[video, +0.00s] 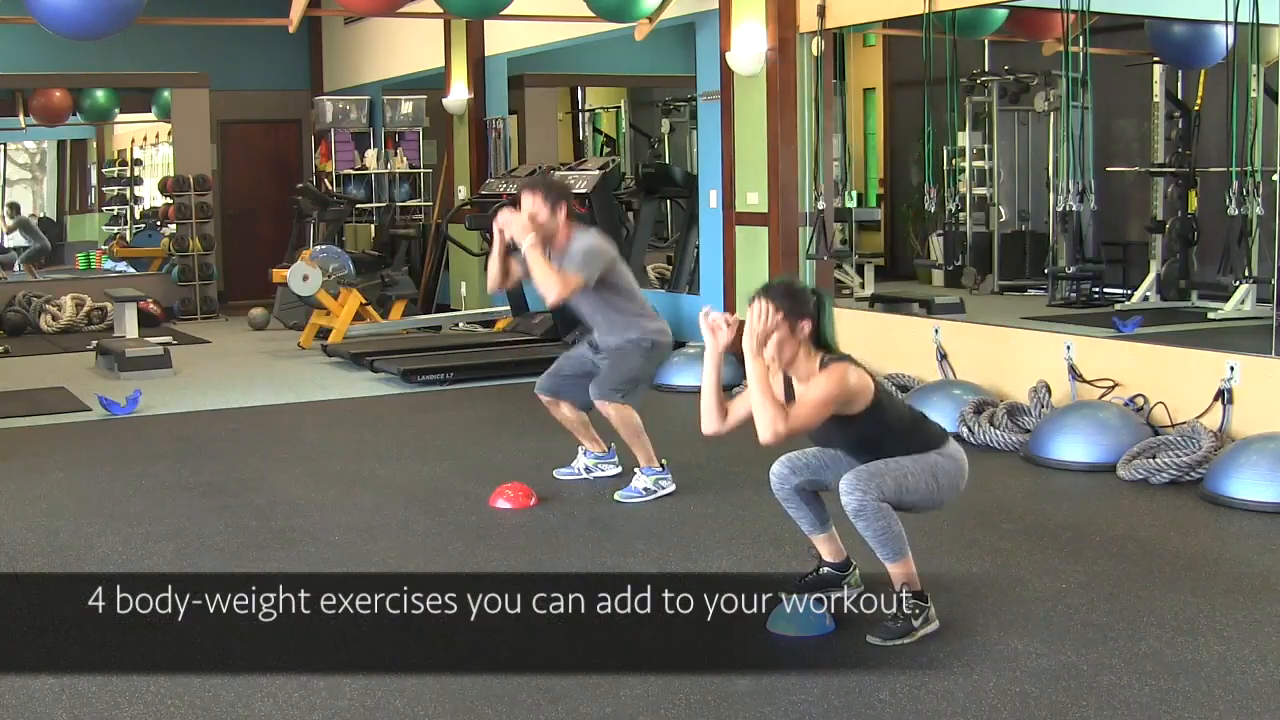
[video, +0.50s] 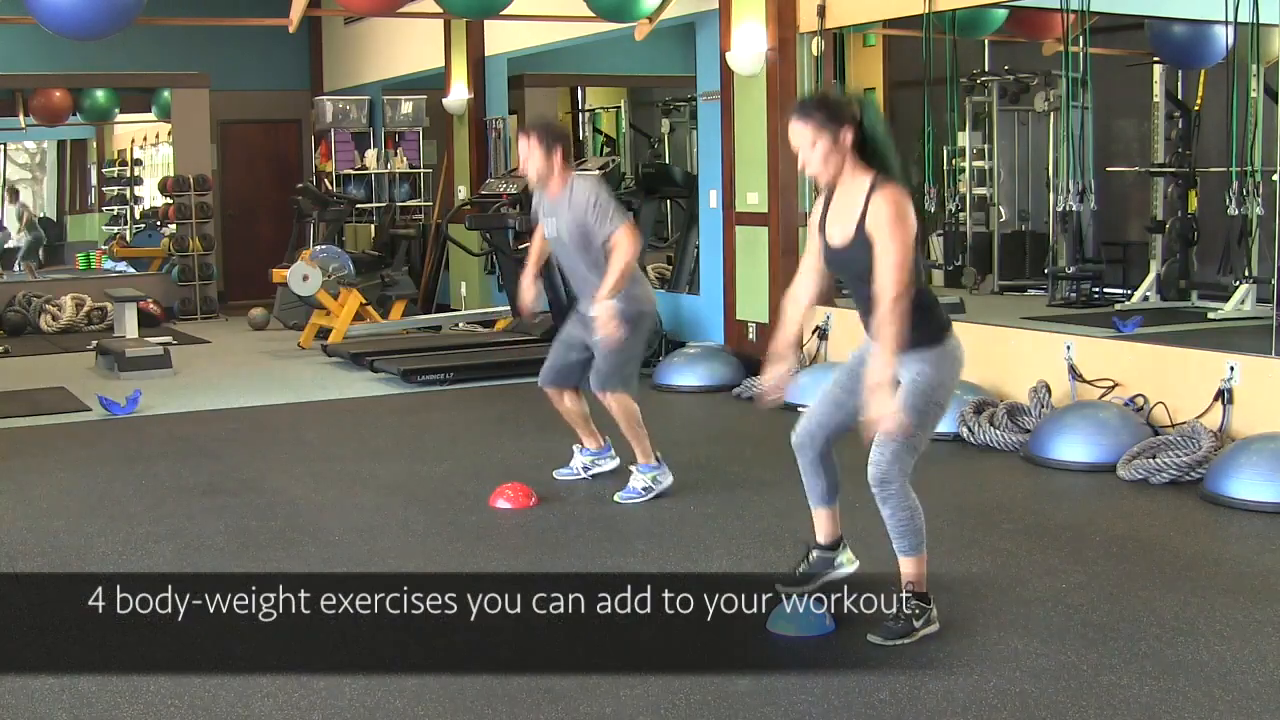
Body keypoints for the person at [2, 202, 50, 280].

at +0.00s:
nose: (6, 213)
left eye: (8, 210)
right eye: (6, 211)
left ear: (14, 210)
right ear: (15, 210)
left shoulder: (20, 220)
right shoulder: (21, 219)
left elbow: (7, 231)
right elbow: (8, 231)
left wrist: (2, 218)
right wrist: (3, 219)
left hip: (41, 245)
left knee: (23, 261)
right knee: (25, 260)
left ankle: (36, 279)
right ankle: (36, 278)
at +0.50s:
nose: (7, 198)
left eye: (9, 195)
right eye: (7, 195)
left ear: (14, 195)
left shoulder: (21, 206)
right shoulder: (18, 207)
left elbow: (27, 214)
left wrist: (22, 227)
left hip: (35, 235)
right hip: (32, 235)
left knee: (23, 258)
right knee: (25, 258)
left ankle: (35, 279)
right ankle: (35, 278)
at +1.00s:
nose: (9, 185)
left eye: (11, 182)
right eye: (9, 182)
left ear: (17, 182)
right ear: (15, 182)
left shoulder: (21, 192)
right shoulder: (16, 194)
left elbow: (26, 205)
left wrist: (14, 215)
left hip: (26, 228)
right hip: (19, 228)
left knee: (23, 254)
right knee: (13, 251)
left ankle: (31, 277)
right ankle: (15, 274)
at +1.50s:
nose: (5, 228)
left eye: (6, 225)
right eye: (5, 226)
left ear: (11, 224)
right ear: (14, 224)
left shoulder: (21, 230)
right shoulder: (17, 233)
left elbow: (9, 244)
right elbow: (8, 244)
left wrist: (2, 235)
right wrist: (2, 236)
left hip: (45, 252)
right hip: (38, 252)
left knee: (25, 259)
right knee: (20, 259)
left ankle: (35, 280)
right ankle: (31, 280)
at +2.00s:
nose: (6, 189)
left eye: (6, 186)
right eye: (6, 186)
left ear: (11, 185)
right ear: (13, 185)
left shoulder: (20, 194)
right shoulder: (16, 196)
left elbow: (30, 202)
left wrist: (31, 217)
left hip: (28, 225)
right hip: (24, 225)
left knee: (20, 252)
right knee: (22, 252)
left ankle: (30, 275)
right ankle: (29, 274)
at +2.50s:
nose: (9, 184)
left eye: (11, 181)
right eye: (9, 182)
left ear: (18, 181)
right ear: (17, 181)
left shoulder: (23, 191)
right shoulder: (22, 191)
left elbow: (25, 204)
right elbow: (24, 205)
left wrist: (14, 214)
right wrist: (15, 215)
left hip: (31, 224)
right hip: (32, 224)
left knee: (19, 247)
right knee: (28, 250)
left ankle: (25, 272)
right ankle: (31, 272)